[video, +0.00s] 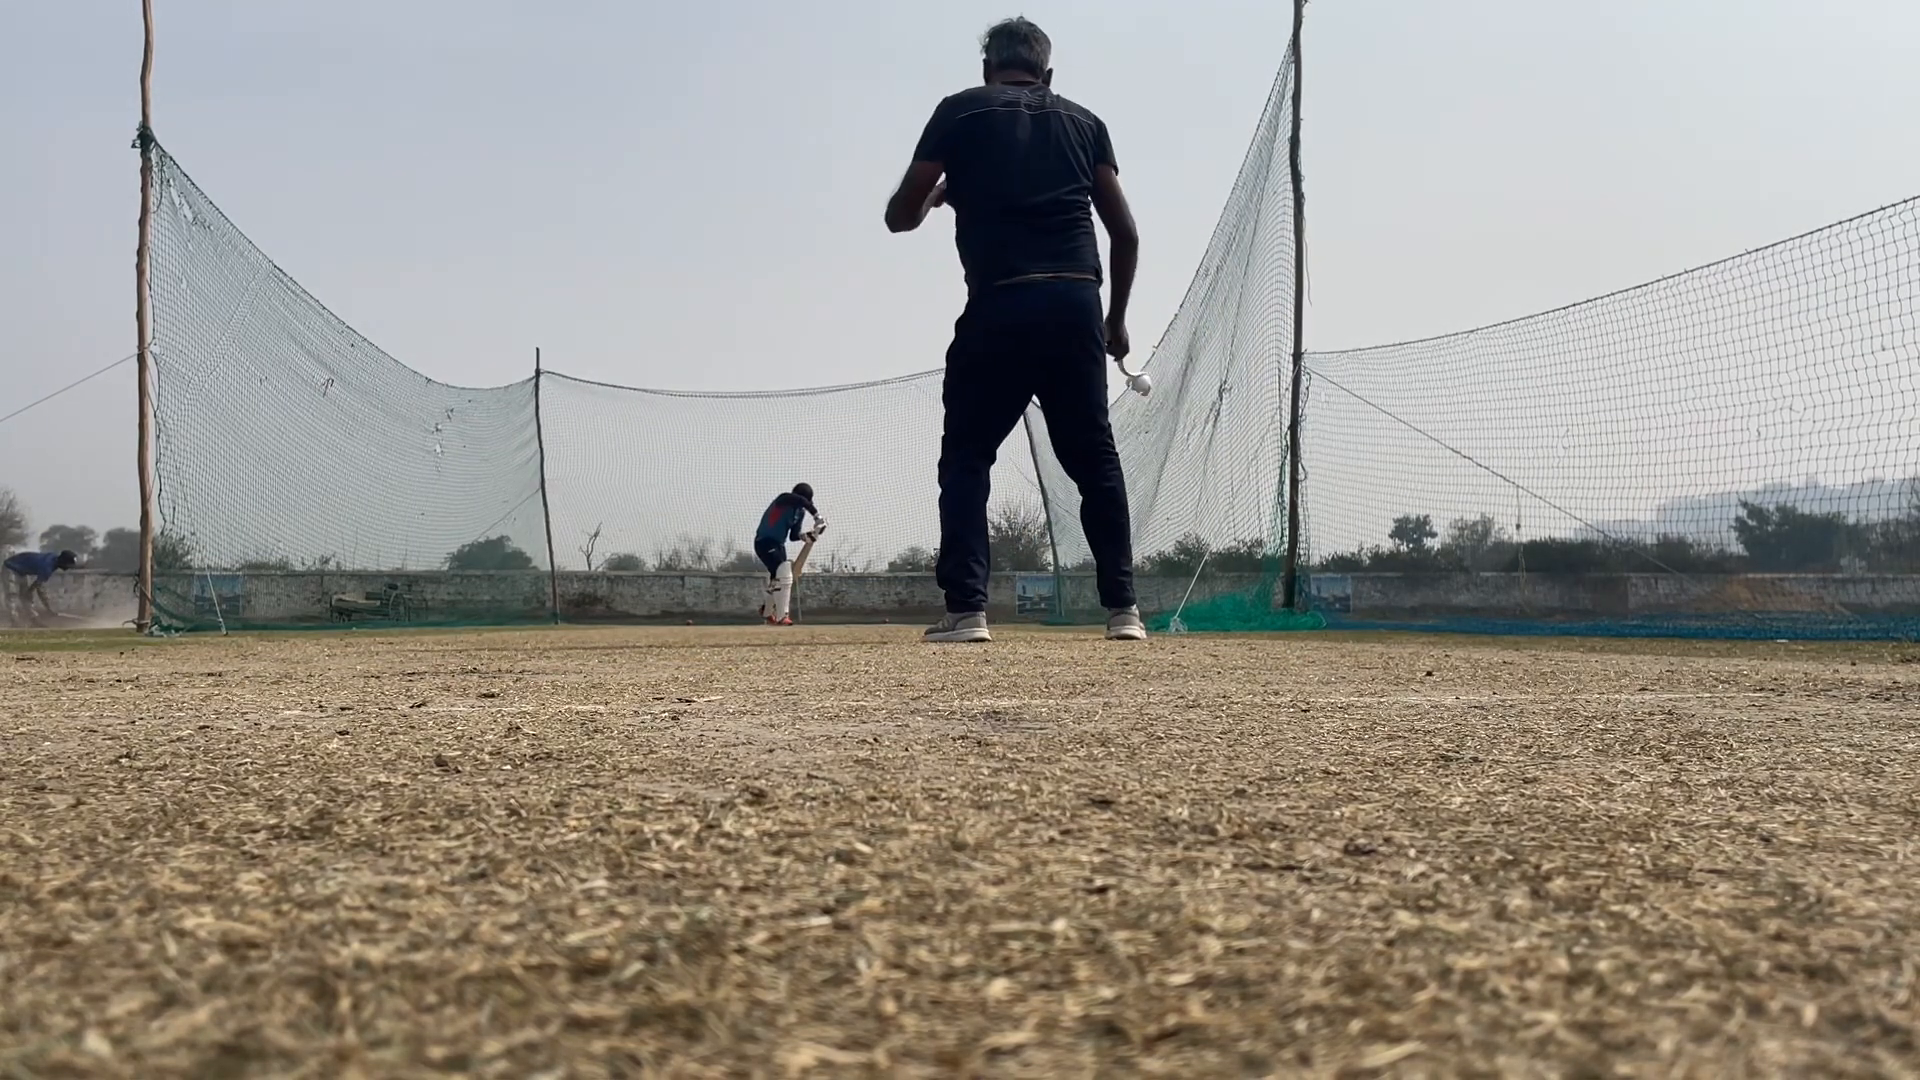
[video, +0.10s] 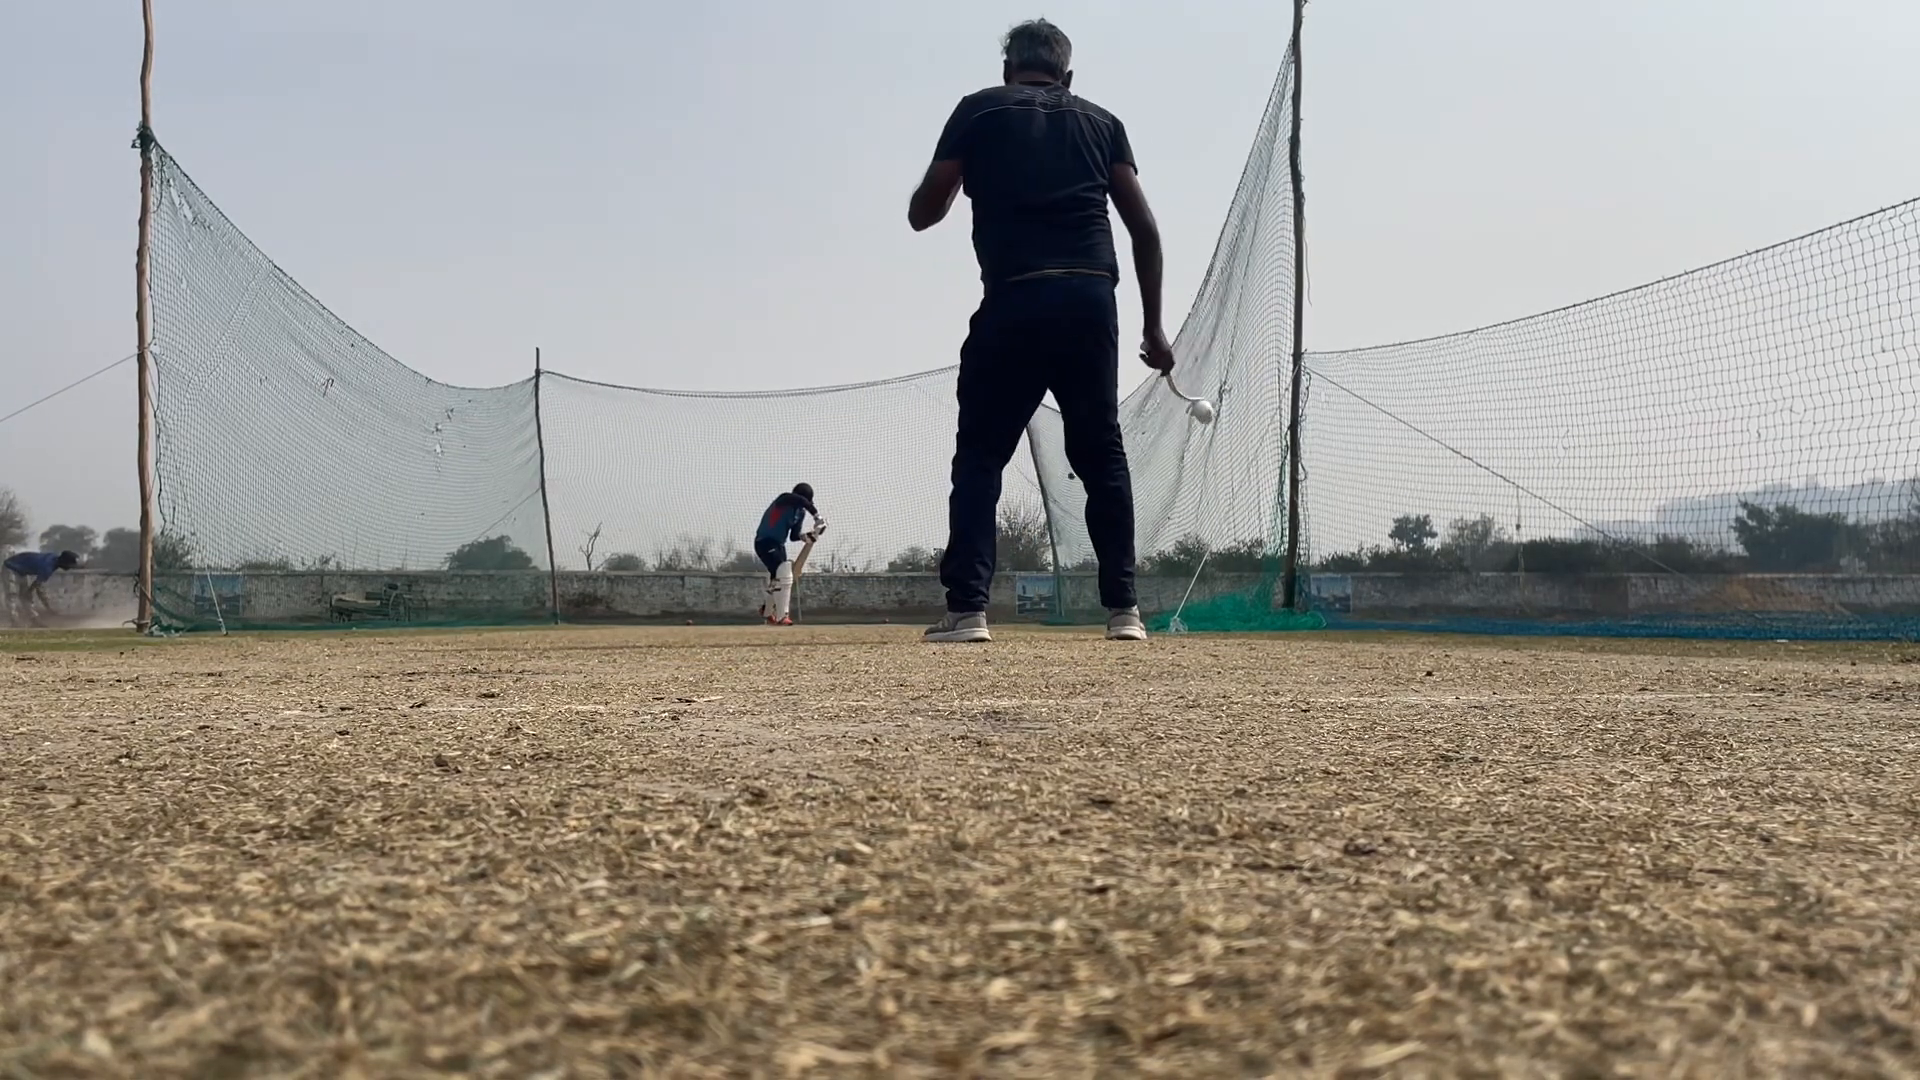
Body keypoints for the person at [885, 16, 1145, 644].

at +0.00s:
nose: (991, 78)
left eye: (989, 69)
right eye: (1038, 71)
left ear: (986, 66)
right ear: (1048, 71)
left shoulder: (959, 110)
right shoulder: (1083, 122)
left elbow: (900, 217)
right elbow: (1124, 234)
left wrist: (933, 194)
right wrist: (1116, 317)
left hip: (997, 312)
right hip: (1076, 311)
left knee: (965, 459)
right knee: (1095, 456)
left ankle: (966, 613)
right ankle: (1123, 611)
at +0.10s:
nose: (1013, 78)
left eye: (1010, 69)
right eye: (1064, 73)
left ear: (1006, 67)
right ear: (1067, 73)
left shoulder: (977, 110)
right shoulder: (1100, 122)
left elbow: (923, 214)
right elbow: (1143, 229)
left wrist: (959, 165)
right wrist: (1154, 327)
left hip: (1012, 304)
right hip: (1091, 304)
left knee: (979, 458)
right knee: (1101, 453)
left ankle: (966, 613)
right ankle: (1123, 611)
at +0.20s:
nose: (1035, 80)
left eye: (1032, 70)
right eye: (1088, 76)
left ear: (1028, 68)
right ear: (1089, 76)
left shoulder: (998, 110)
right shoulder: (1120, 124)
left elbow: (947, 211)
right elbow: (1161, 227)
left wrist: (984, 156)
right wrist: (1183, 330)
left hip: (1031, 300)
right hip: (1107, 303)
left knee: (997, 452)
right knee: (1111, 451)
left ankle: (968, 611)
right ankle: (1124, 610)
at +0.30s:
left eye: (1052, 73)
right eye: (1102, 76)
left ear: (1048, 71)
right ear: (1108, 78)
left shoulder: (1019, 109)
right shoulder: (1139, 127)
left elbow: (967, 205)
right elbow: (1179, 230)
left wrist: (1001, 151)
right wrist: (1205, 330)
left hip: (1044, 305)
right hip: (1121, 309)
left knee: (1009, 453)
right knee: (1120, 456)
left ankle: (971, 609)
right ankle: (1124, 611)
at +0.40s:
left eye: (1068, 70)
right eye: (1118, 73)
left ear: (1064, 68)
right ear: (1123, 76)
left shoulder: (1033, 107)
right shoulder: (1155, 126)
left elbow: (983, 200)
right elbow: (1192, 227)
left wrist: (1024, 148)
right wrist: (1218, 326)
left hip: (1050, 305)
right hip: (1126, 311)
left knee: (1015, 448)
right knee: (1123, 455)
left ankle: (995, 601)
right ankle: (1124, 610)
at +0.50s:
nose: (1133, 79)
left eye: (1088, 66)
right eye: (1137, 72)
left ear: (1076, 63)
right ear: (1136, 71)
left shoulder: (1042, 103)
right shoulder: (1162, 120)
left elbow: (998, 197)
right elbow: (1201, 226)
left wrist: (1044, 146)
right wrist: (1227, 328)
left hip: (1052, 304)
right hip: (1130, 310)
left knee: (1024, 445)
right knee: (1127, 453)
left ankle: (1037, 581)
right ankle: (1124, 610)